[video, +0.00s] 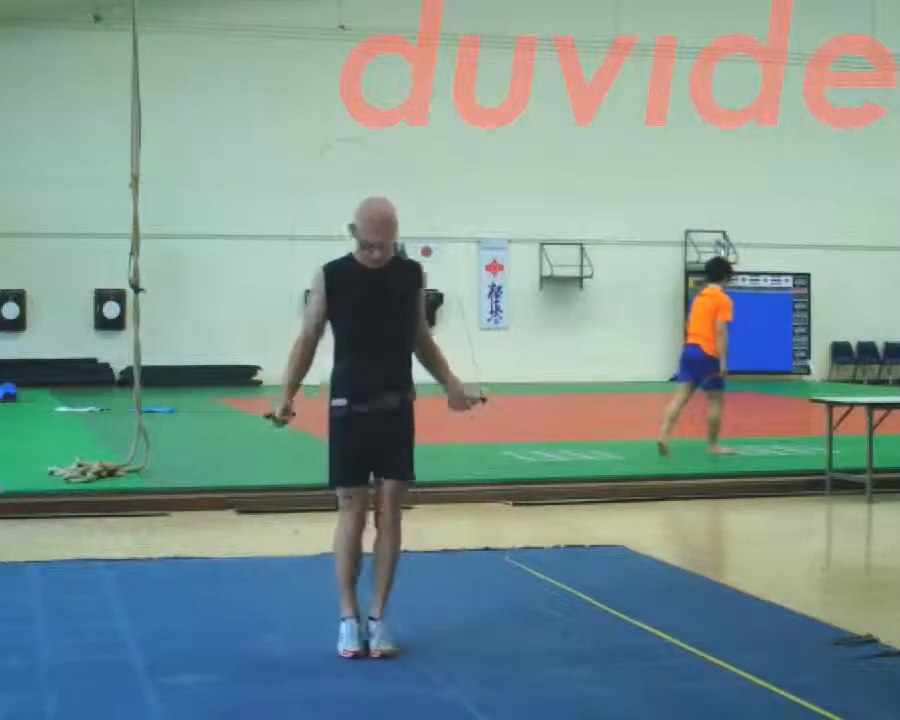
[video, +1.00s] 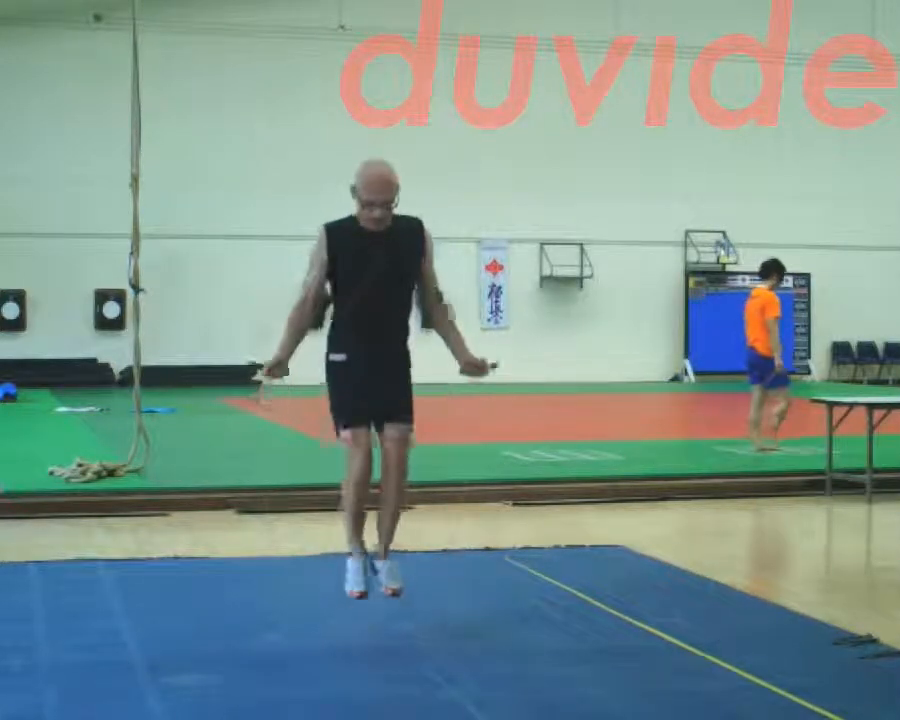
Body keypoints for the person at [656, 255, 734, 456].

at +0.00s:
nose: (730, 278)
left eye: (729, 275)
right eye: (729, 275)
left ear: (708, 275)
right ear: (725, 277)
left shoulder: (700, 297)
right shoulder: (723, 300)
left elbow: (692, 325)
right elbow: (720, 330)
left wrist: (691, 346)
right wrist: (723, 360)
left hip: (689, 349)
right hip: (708, 352)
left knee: (681, 395)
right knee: (715, 400)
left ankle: (663, 436)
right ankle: (713, 444)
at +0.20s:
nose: (737, 280)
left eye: (737, 277)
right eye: (736, 277)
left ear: (716, 275)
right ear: (732, 277)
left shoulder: (706, 296)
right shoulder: (729, 301)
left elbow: (691, 319)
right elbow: (731, 332)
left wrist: (703, 335)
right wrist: (734, 360)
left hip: (699, 349)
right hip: (718, 352)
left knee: (696, 400)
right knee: (718, 402)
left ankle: (672, 438)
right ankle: (712, 445)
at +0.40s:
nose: (746, 281)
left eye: (746, 277)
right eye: (746, 277)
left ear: (727, 275)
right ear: (743, 277)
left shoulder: (715, 295)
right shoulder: (739, 299)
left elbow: (695, 316)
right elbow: (745, 330)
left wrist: (711, 329)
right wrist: (756, 357)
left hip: (711, 347)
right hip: (725, 350)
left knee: (728, 394)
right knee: (720, 397)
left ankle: (713, 439)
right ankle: (712, 444)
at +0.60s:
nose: (757, 284)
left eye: (757, 280)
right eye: (756, 280)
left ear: (739, 278)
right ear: (752, 279)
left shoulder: (728, 298)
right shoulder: (749, 302)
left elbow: (713, 325)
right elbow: (755, 331)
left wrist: (729, 336)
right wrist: (769, 354)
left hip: (725, 351)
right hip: (739, 354)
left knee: (740, 402)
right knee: (726, 401)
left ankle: (755, 440)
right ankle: (713, 444)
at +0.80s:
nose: (769, 281)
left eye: (769, 277)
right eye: (769, 277)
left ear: (751, 276)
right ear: (764, 277)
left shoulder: (742, 297)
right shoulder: (760, 298)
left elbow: (733, 327)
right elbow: (765, 328)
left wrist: (743, 344)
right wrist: (773, 356)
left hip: (743, 352)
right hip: (757, 354)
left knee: (752, 399)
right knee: (762, 398)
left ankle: (758, 442)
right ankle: (728, 432)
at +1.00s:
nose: (780, 281)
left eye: (781, 277)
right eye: (780, 277)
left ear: (763, 275)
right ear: (775, 276)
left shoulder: (753, 295)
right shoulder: (770, 298)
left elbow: (751, 326)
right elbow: (772, 328)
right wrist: (778, 357)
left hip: (753, 351)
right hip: (766, 354)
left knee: (758, 397)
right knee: (784, 398)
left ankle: (757, 439)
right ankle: (770, 435)